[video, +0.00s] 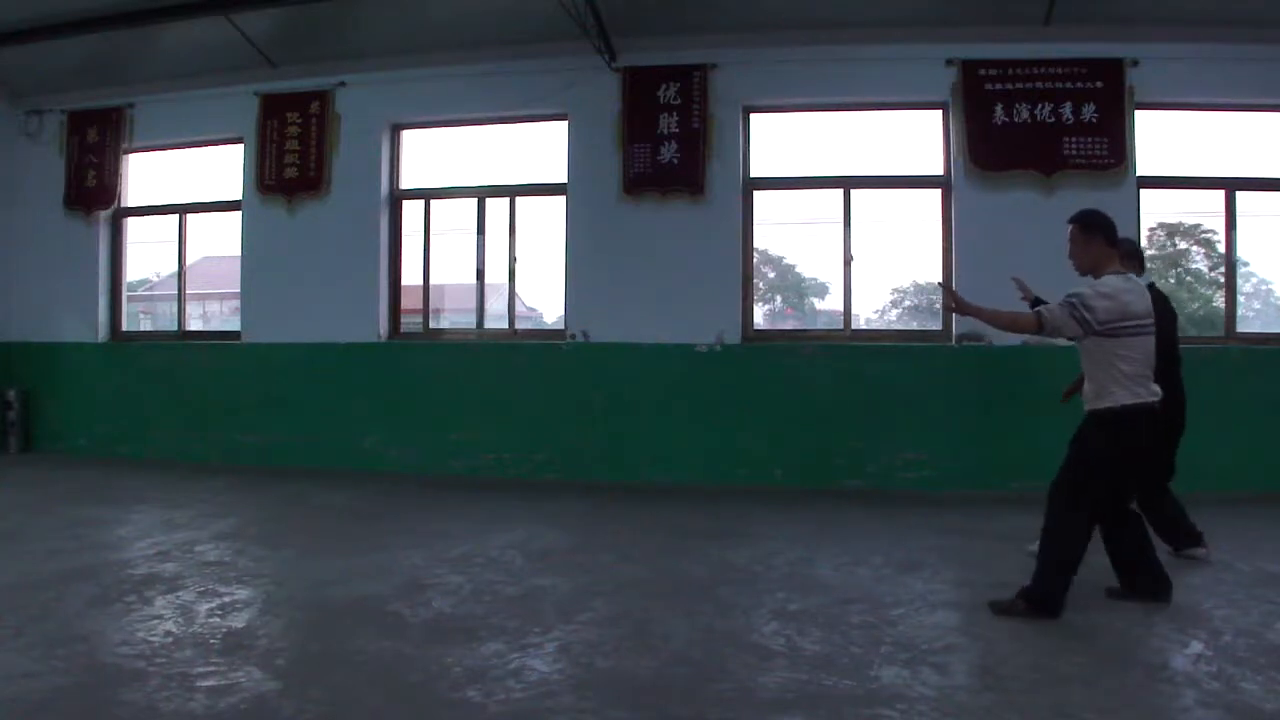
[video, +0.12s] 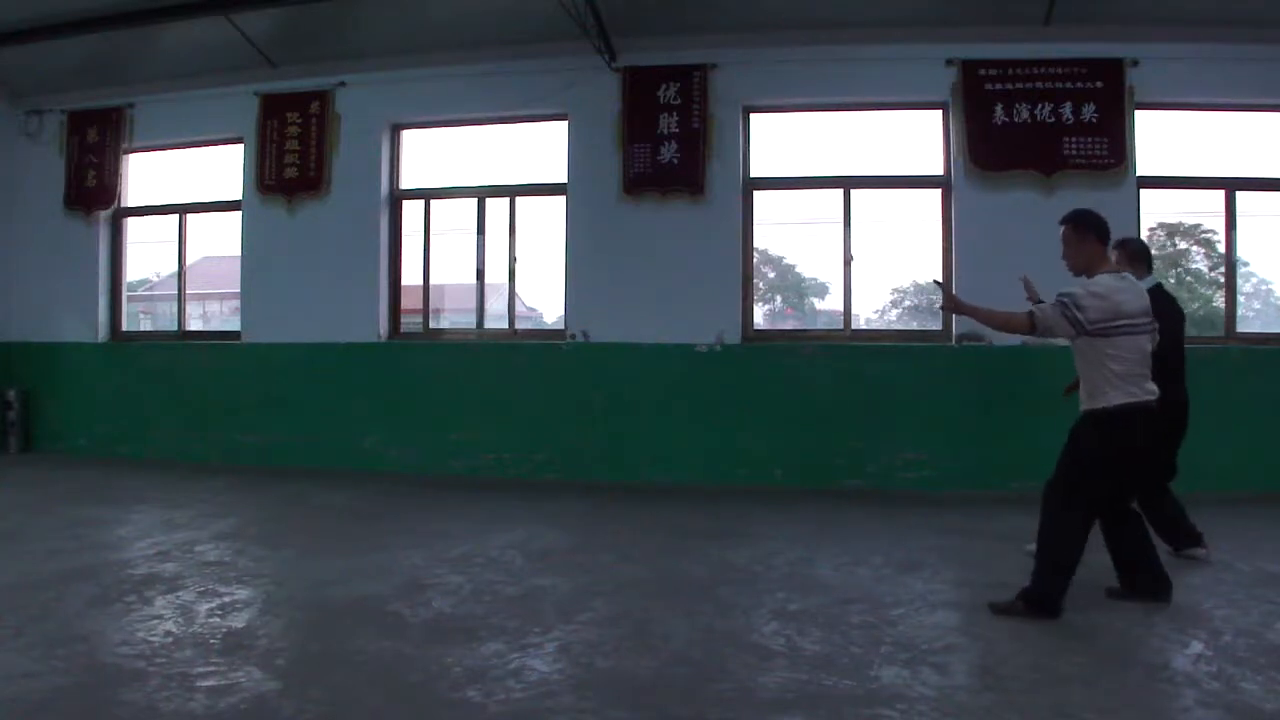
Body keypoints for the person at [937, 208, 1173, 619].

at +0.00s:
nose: (1069, 252)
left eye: (1074, 243)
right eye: (1069, 244)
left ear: (1097, 243)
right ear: (1106, 245)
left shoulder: (1096, 297)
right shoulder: (1139, 292)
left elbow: (1034, 323)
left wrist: (966, 308)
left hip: (1111, 419)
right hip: (1144, 413)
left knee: (1067, 500)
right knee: (1111, 500)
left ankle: (1044, 598)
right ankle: (1146, 583)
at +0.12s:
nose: (1062, 253)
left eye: (1067, 243)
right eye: (1062, 244)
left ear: (1089, 243)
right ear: (1102, 245)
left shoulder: (1086, 298)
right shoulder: (1136, 292)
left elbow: (1024, 323)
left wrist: (961, 307)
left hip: (1105, 420)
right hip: (1144, 413)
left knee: (1063, 501)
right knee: (1113, 500)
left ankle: (1043, 598)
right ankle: (1147, 582)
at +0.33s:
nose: (1048, 261)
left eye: (1051, 252)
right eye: (1047, 253)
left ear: (1073, 251)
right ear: (1086, 252)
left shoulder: (1064, 306)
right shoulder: (1129, 298)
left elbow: (1008, 326)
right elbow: (1148, 346)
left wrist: (951, 308)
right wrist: (1086, 380)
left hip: (1097, 426)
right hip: (1140, 417)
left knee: (1048, 502)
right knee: (1104, 497)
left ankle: (1040, 599)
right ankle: (1154, 571)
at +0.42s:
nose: (1049, 266)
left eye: (1053, 257)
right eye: (1049, 258)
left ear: (1075, 255)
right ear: (1088, 257)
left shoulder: (1066, 310)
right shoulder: (1130, 301)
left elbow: (1010, 326)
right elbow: (1147, 352)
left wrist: (951, 310)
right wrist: (1084, 382)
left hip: (1099, 429)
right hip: (1142, 420)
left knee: (1048, 502)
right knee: (1105, 498)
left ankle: (1039, 599)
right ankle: (1157, 570)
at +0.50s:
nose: (1059, 269)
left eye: (1063, 259)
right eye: (1059, 260)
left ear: (1087, 260)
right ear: (1097, 261)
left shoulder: (1087, 310)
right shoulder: (1131, 302)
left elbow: (1020, 323)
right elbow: (1092, 337)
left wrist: (956, 313)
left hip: (1110, 431)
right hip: (1147, 423)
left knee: (1059, 505)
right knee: (1120, 504)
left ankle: (1039, 598)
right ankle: (1161, 576)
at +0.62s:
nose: (1073, 270)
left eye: (1078, 261)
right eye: (1073, 262)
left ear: (1104, 260)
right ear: (1108, 262)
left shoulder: (1124, 306)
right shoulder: (1126, 305)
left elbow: (1062, 331)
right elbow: (1105, 368)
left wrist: (999, 331)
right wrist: (1058, 343)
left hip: (1140, 424)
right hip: (1142, 421)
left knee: (1084, 498)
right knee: (1128, 501)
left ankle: (1042, 585)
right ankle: (1161, 578)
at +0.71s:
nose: (1083, 270)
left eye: (1089, 260)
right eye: (1083, 261)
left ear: (1116, 261)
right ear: (1110, 263)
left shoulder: (1158, 306)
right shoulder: (1102, 311)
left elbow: (1132, 359)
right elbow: (1084, 368)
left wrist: (1068, 358)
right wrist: (1074, 344)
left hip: (1162, 419)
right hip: (1130, 419)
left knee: (1091, 480)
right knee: (1131, 497)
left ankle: (1070, 571)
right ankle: (1161, 578)